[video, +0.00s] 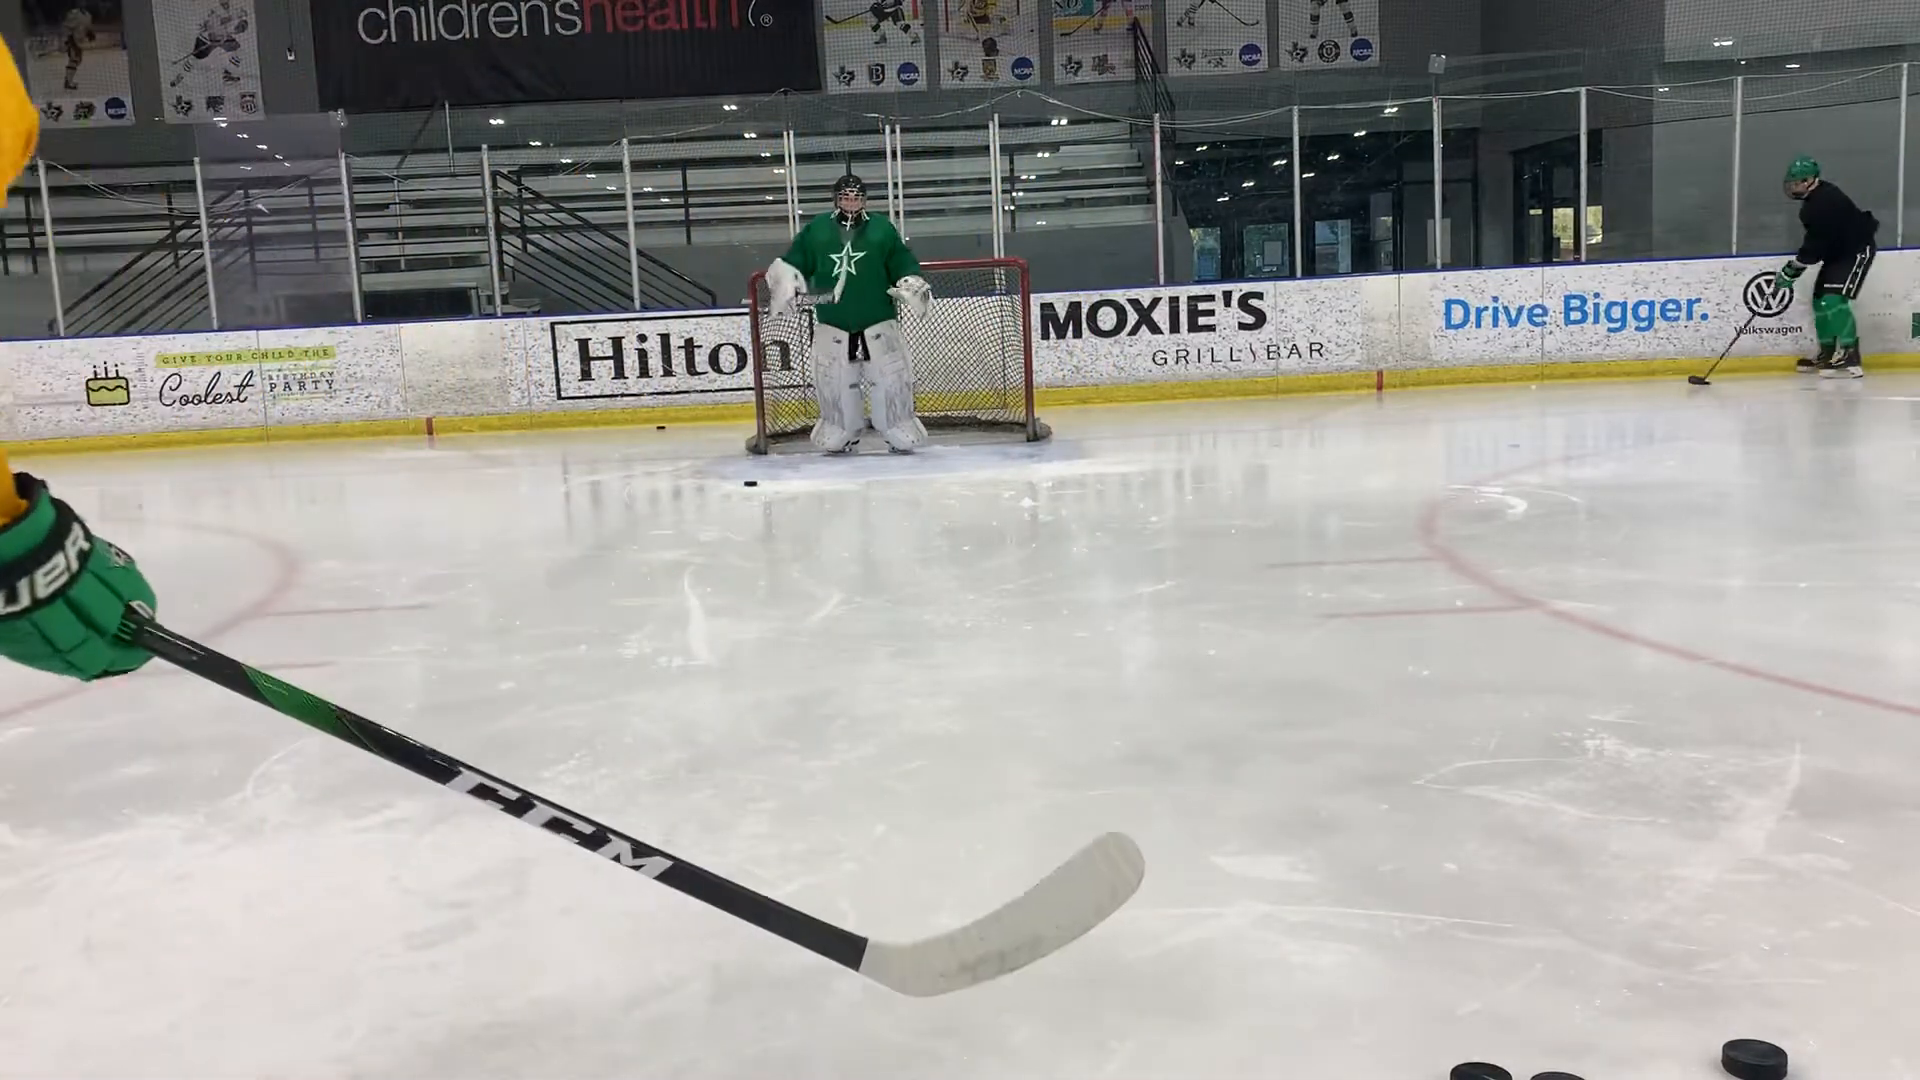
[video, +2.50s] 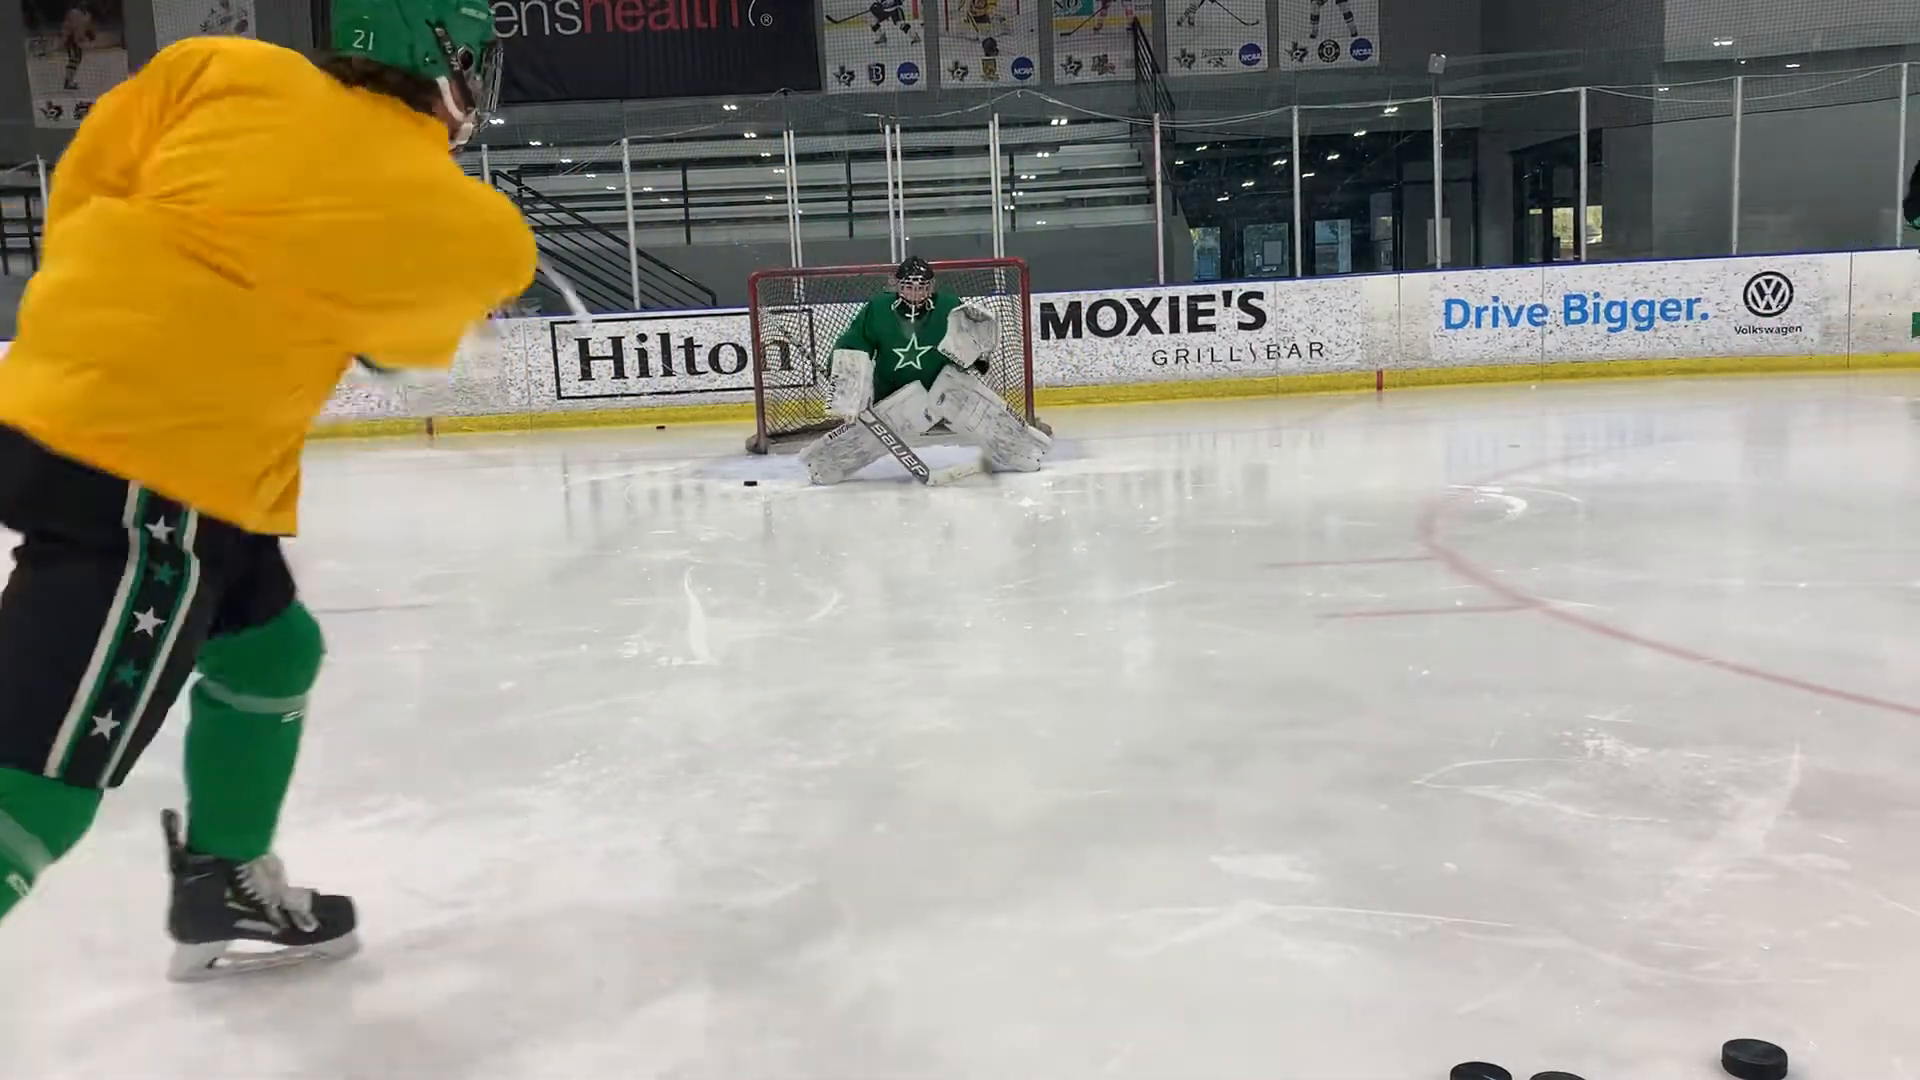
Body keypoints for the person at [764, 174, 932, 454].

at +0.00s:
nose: (850, 201)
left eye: (855, 196)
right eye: (845, 196)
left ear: (863, 199)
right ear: (837, 199)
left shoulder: (881, 228)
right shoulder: (818, 229)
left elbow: (902, 261)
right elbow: (794, 260)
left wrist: (912, 285)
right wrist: (784, 281)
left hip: (878, 318)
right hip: (833, 320)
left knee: (891, 377)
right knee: (834, 380)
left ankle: (901, 435)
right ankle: (840, 437)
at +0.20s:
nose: (856, 203)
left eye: (861, 197)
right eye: (850, 198)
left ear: (869, 200)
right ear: (841, 201)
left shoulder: (887, 229)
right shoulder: (824, 229)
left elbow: (911, 264)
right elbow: (805, 265)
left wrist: (893, 270)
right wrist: (827, 278)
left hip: (884, 316)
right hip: (838, 318)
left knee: (901, 374)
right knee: (825, 377)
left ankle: (907, 433)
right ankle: (819, 436)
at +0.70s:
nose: (870, 205)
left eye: (876, 199)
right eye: (865, 199)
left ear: (885, 202)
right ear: (855, 203)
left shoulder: (901, 230)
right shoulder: (838, 232)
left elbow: (918, 270)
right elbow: (820, 275)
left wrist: (894, 280)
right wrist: (850, 283)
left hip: (900, 320)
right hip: (858, 321)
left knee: (926, 378)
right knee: (842, 386)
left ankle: (948, 440)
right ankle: (817, 449)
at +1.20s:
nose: (884, 204)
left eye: (890, 199)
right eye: (879, 199)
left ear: (900, 201)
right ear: (869, 202)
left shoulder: (918, 230)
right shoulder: (850, 232)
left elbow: (941, 268)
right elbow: (826, 276)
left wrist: (932, 274)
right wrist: (843, 303)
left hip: (915, 322)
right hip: (868, 326)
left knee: (946, 385)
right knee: (846, 393)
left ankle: (976, 448)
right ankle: (820, 458)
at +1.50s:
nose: (894, 234)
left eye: (899, 227)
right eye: (888, 228)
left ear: (908, 228)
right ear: (879, 229)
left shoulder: (927, 254)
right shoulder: (858, 260)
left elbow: (950, 302)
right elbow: (838, 301)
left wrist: (953, 276)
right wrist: (840, 338)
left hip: (924, 341)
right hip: (879, 346)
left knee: (956, 398)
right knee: (865, 408)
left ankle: (994, 455)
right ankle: (825, 461)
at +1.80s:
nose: (906, 266)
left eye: (912, 260)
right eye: (900, 261)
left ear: (921, 262)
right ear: (889, 262)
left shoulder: (939, 285)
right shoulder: (867, 291)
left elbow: (963, 336)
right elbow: (848, 333)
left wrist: (965, 312)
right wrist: (847, 372)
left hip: (938, 367)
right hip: (890, 372)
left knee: (978, 408)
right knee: (867, 421)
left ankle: (1022, 451)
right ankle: (822, 463)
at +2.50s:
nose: (916, 292)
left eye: (921, 286)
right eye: (909, 286)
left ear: (931, 285)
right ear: (898, 286)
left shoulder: (950, 307)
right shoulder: (877, 311)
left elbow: (977, 359)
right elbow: (850, 349)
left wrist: (973, 349)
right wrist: (849, 388)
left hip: (946, 389)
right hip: (895, 399)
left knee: (981, 415)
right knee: (870, 434)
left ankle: (1019, 448)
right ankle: (827, 464)